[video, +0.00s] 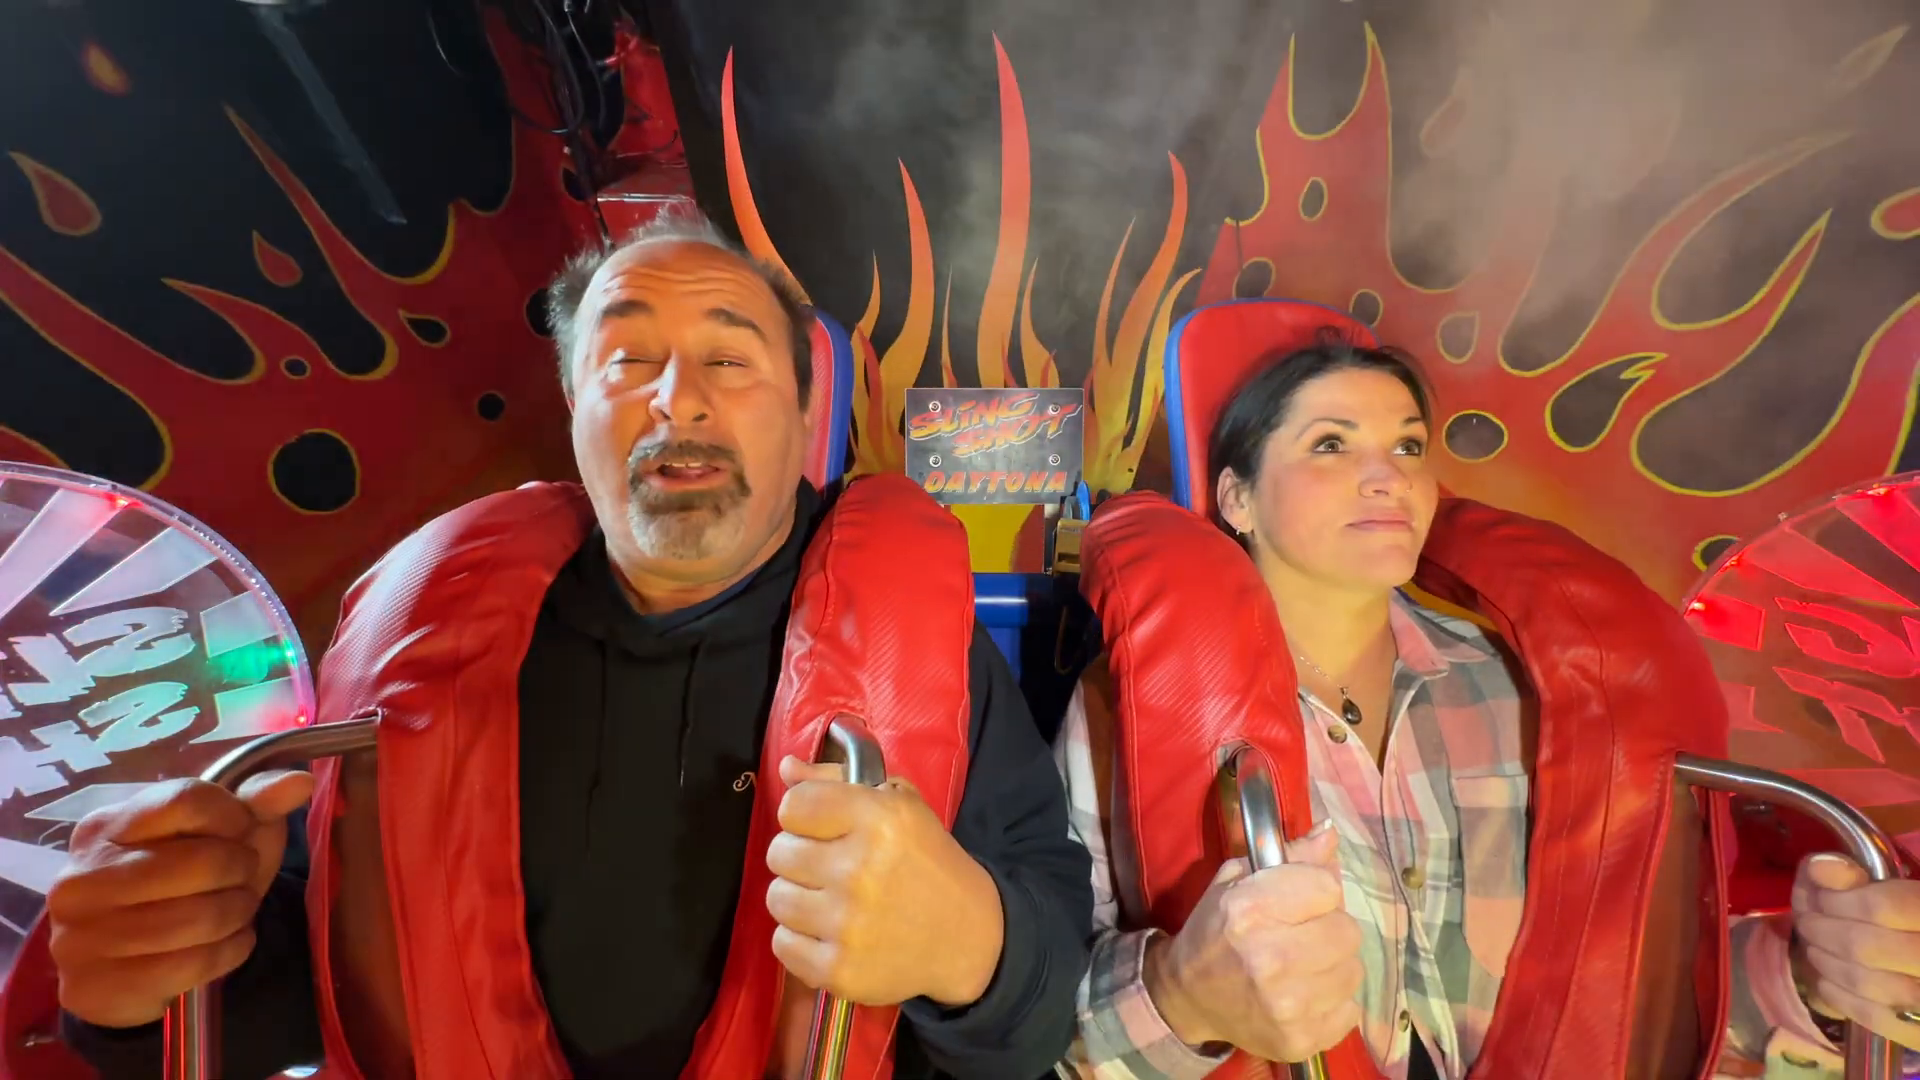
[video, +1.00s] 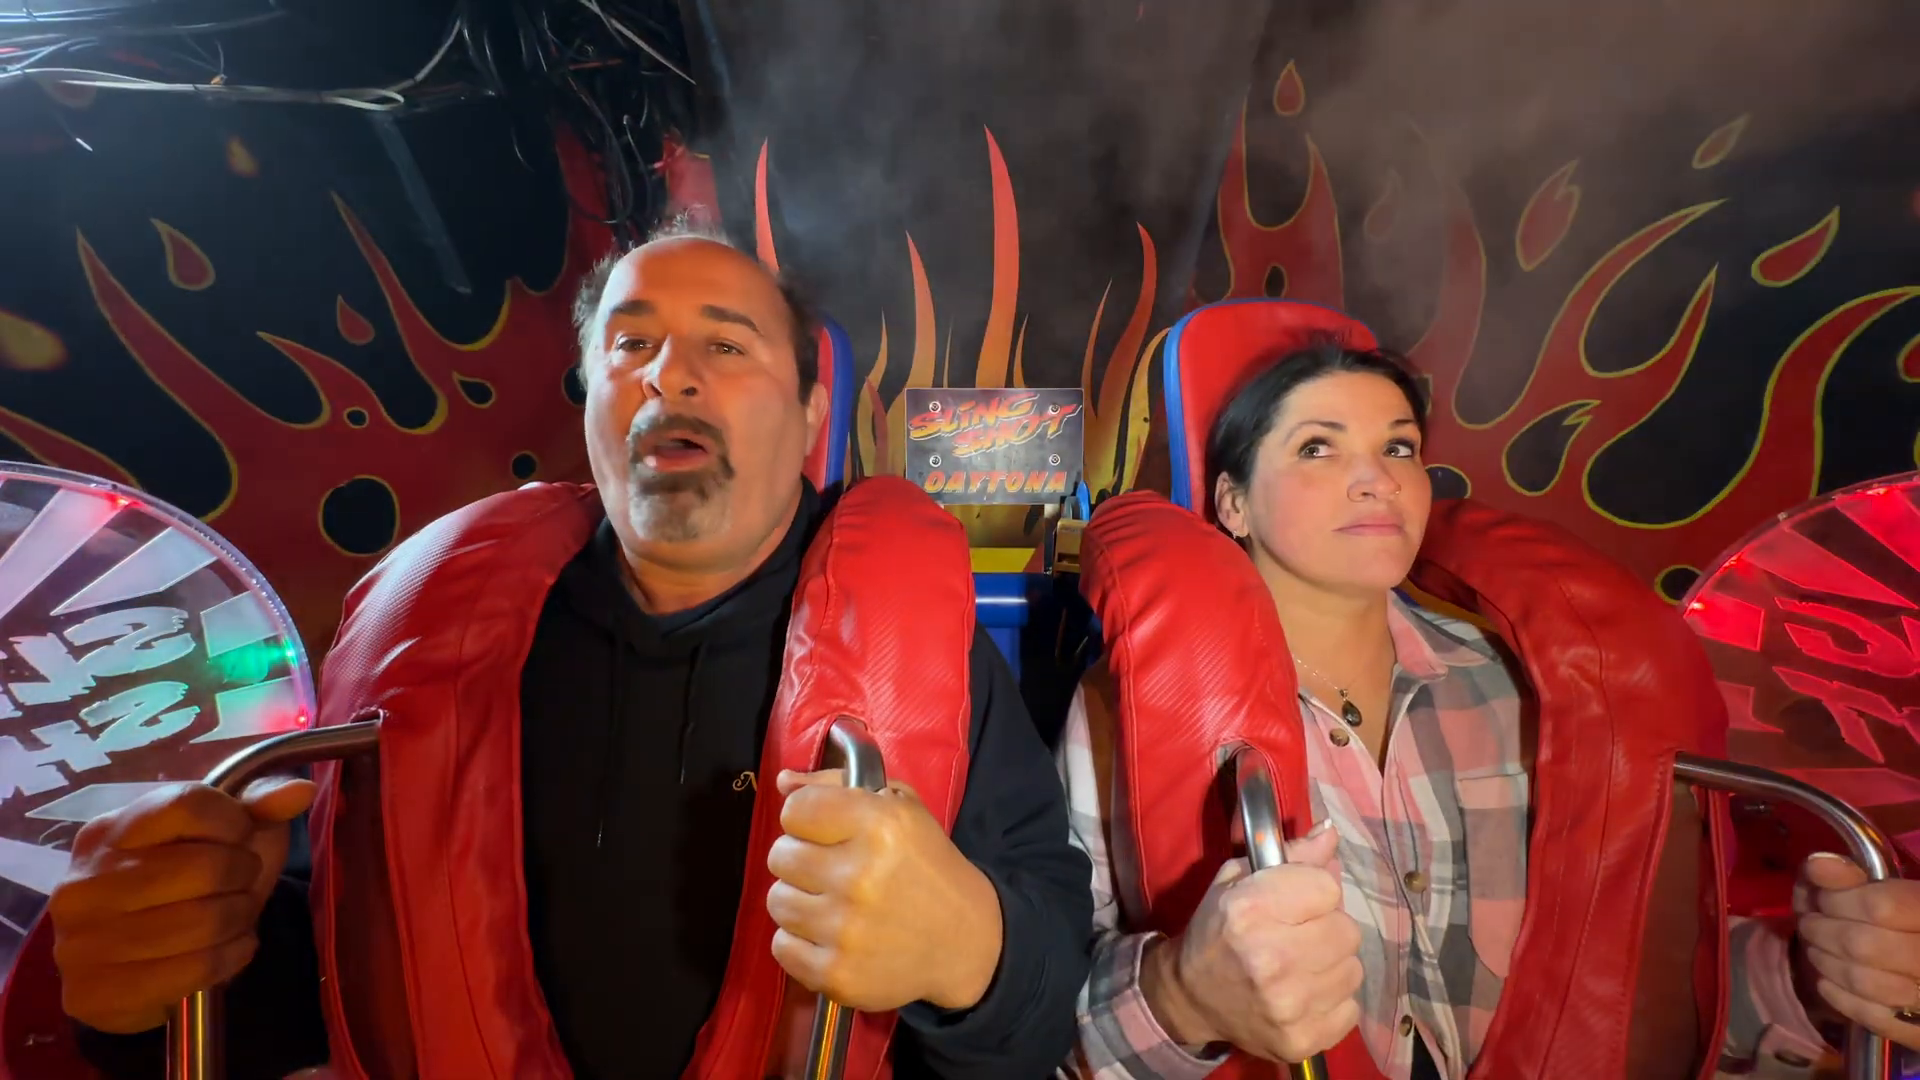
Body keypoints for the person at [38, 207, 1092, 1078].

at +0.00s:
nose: (674, 403)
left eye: (728, 362)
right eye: (629, 366)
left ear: (805, 418)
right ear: (572, 426)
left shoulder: (927, 654)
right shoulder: (416, 634)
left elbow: (1044, 1012)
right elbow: (295, 990)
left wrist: (980, 949)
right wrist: (109, 985)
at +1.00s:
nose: (667, 379)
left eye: (725, 348)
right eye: (632, 347)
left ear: (809, 414)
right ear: (583, 414)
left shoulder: (926, 662)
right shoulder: (434, 635)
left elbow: (1045, 1023)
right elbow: (310, 992)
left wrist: (980, 956)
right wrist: (101, 988)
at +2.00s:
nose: (623, 478)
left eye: (680, 419)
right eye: (588, 421)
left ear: (791, 416)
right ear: (549, 427)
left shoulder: (925, 644)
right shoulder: (419, 623)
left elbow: (1048, 1008)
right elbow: (303, 977)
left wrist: (981, 948)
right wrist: (106, 988)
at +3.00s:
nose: (663, 346)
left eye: (720, 322)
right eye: (630, 328)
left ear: (808, 410)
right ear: (592, 409)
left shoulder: (923, 655)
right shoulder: (433, 628)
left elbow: (1047, 1015)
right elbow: (310, 983)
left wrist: (981, 958)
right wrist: (102, 988)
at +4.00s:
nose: (638, 353)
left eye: (697, 322)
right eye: (612, 334)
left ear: (807, 404)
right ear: (582, 413)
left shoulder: (923, 661)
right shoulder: (425, 630)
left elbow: (1043, 1006)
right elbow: (309, 982)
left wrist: (979, 958)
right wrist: (107, 980)